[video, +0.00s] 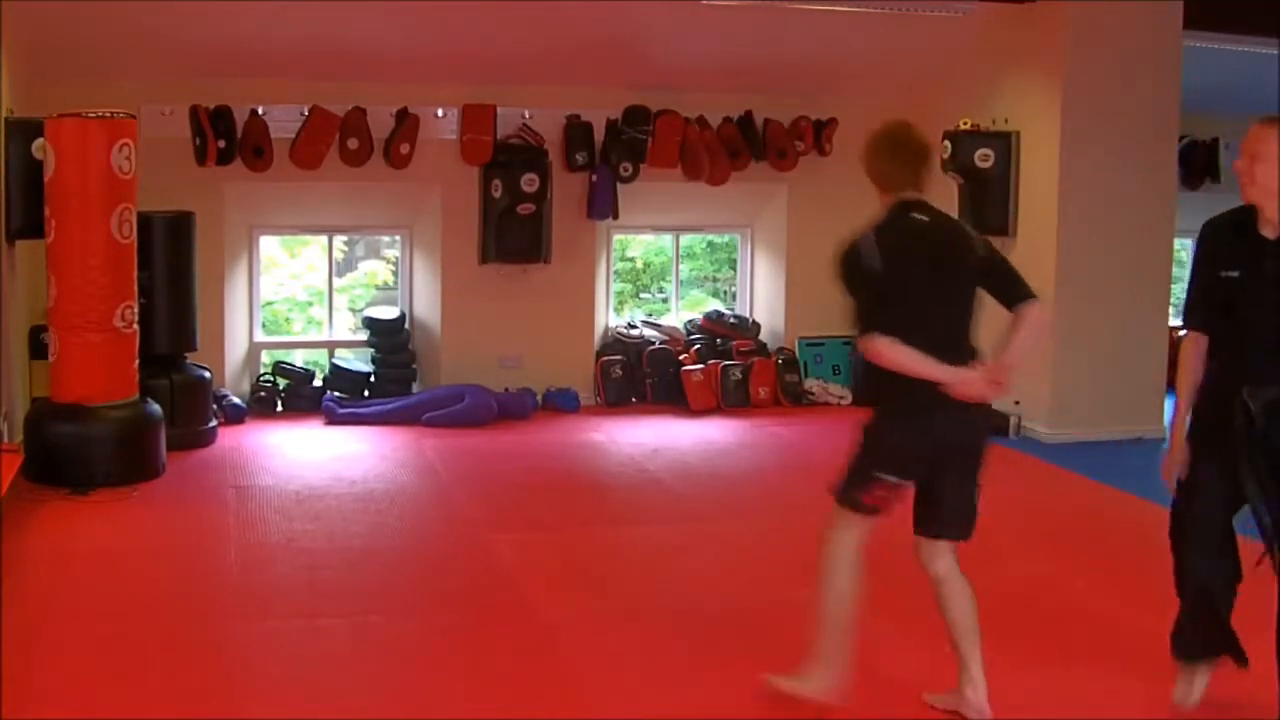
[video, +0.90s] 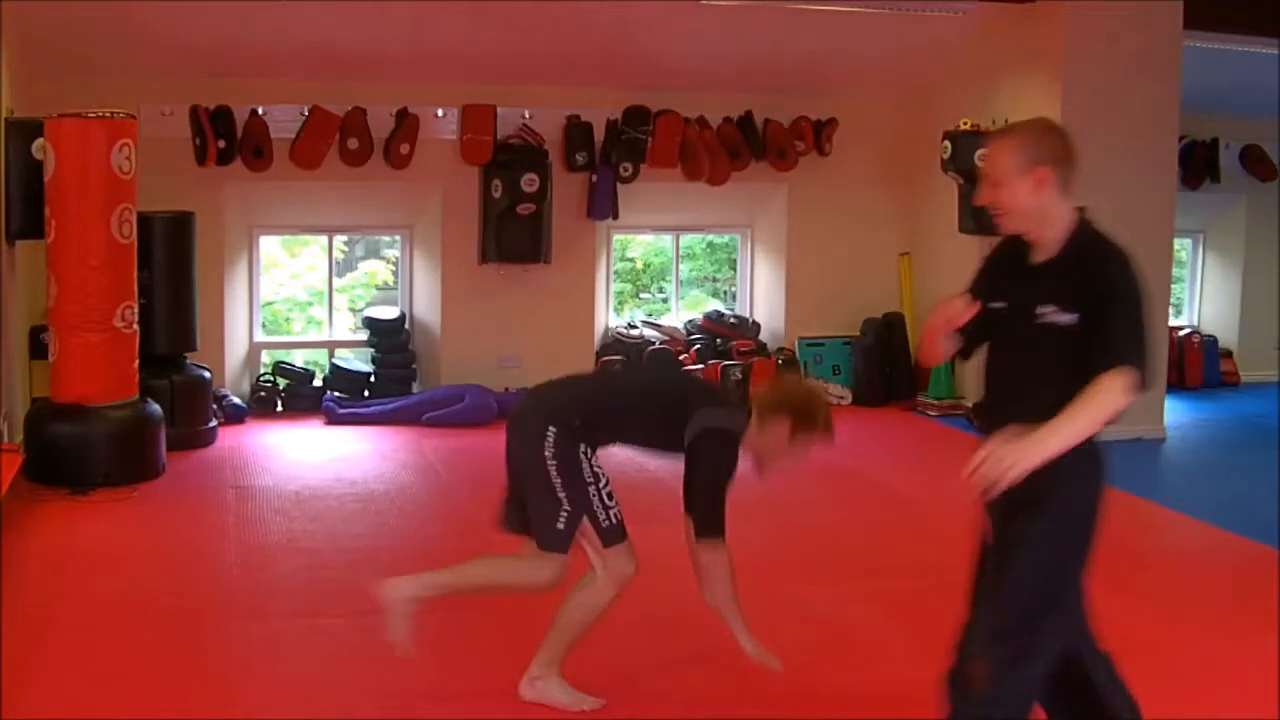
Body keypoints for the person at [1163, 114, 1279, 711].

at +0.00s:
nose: (1241, 166)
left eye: (1255, 157)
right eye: (1242, 155)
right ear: (1242, 164)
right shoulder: (1223, 233)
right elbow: (1197, 337)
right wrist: (1179, 431)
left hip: (1274, 422)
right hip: (1227, 414)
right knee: (1196, 517)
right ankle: (1199, 645)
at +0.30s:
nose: (1178, 180)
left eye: (1192, 170)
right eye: (1181, 169)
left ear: (1238, 183)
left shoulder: (1275, 254)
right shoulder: (1171, 254)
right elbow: (1166, 334)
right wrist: (1171, 400)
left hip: (1265, 450)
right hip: (1191, 444)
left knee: (1277, 605)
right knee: (1173, 609)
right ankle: (1163, 715)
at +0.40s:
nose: (1142, 188)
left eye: (1154, 177)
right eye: (1144, 176)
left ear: (1198, 184)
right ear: (1180, 185)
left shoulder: (1264, 260)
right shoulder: (1137, 262)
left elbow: (1275, 362)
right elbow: (1130, 357)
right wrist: (1124, 431)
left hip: (1244, 456)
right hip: (1158, 453)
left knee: (1260, 622)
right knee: (1147, 616)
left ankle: (1276, 703)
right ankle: (1162, 714)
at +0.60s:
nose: (1093, 168)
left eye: (1104, 155)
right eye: (1092, 155)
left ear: (1150, 157)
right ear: (1126, 160)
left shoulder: (1215, 239)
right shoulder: (1092, 239)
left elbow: (1264, 340)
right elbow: (1055, 338)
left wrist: (1252, 431)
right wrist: (1030, 414)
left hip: (1184, 444)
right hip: (1102, 441)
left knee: (1160, 622)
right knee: (1105, 622)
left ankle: (1214, 711)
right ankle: (1127, 713)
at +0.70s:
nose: (1063, 173)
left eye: (1074, 159)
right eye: (1062, 160)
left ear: (1121, 161)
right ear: (1111, 163)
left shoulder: (1184, 242)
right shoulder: (1069, 241)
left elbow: (1228, 339)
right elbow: (1026, 317)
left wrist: (1179, 395)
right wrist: (1001, 354)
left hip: (1148, 444)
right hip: (1077, 441)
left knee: (1115, 608)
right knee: (1075, 609)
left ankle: (1139, 712)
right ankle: (1093, 711)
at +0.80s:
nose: (1028, 190)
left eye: (1038, 174)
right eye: (1027, 175)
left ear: (1084, 173)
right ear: (1076, 175)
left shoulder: (1146, 252)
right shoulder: (1042, 251)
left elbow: (1184, 352)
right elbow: (995, 324)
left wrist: (1109, 395)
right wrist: (976, 328)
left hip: (1114, 452)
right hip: (1046, 448)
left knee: (1082, 606)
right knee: (1051, 599)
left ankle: (1064, 708)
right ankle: (1119, 706)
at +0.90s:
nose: (984, 197)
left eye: (997, 181)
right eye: (983, 182)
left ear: (1044, 180)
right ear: (1034, 183)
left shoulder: (1104, 265)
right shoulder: (1007, 259)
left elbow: (1121, 380)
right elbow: (940, 358)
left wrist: (1036, 444)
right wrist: (937, 331)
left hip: (1065, 468)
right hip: (1007, 464)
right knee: (1054, 639)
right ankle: (1110, 713)